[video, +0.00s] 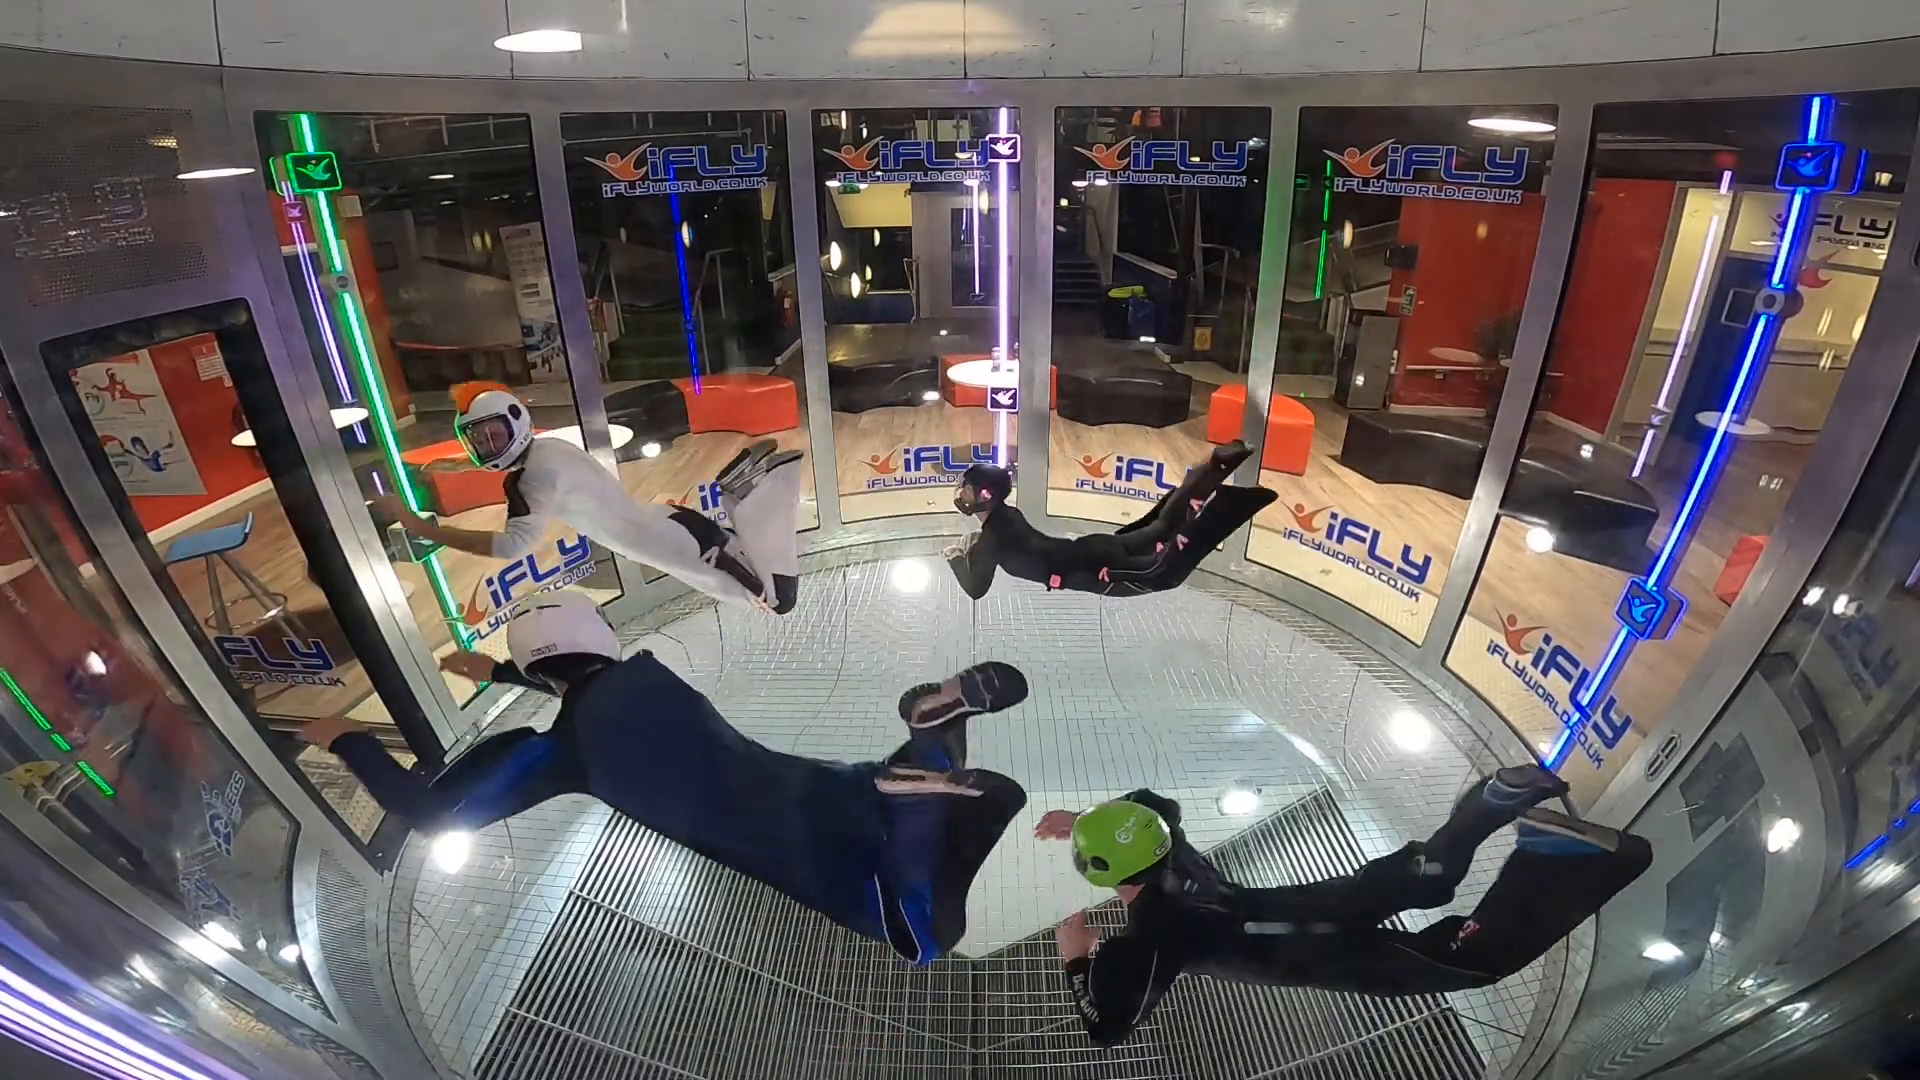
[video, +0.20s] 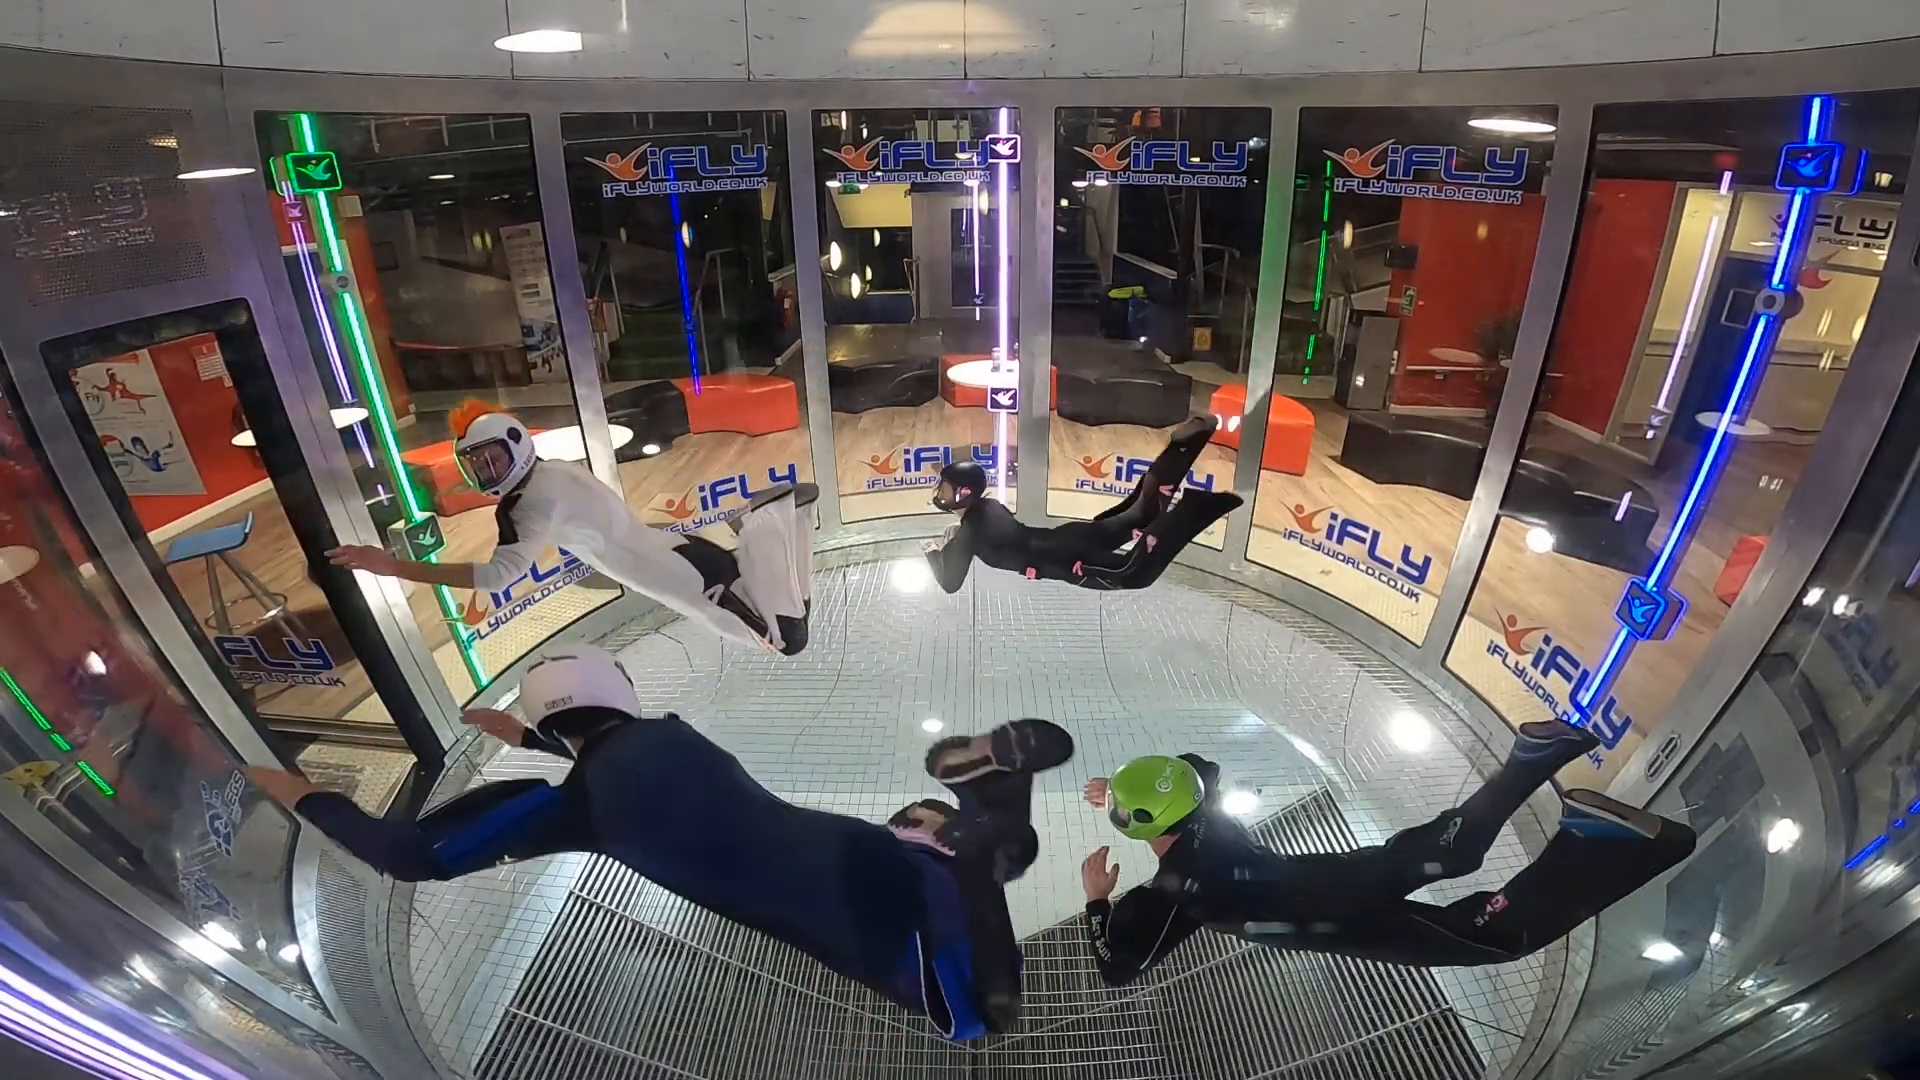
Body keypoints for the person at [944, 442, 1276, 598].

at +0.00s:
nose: (958, 493)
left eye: (965, 489)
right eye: (961, 486)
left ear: (984, 499)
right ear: (987, 496)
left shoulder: (993, 535)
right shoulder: (1002, 515)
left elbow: (975, 588)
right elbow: (983, 574)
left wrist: (956, 558)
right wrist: (969, 553)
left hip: (1089, 569)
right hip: (1088, 548)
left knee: (1163, 571)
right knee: (1153, 531)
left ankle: (1222, 507)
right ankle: (1211, 470)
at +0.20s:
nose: (937, 493)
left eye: (943, 489)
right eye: (939, 487)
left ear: (962, 493)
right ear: (966, 490)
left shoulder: (974, 525)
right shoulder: (980, 511)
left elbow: (950, 580)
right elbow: (959, 563)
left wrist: (934, 557)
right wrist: (945, 552)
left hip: (1068, 559)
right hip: (1068, 540)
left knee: (1136, 575)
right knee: (1136, 513)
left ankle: (1196, 510)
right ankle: (1186, 441)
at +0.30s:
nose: (922, 491)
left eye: (928, 486)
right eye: (925, 485)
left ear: (947, 492)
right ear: (952, 488)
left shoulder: (956, 524)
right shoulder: (970, 504)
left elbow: (932, 575)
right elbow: (945, 549)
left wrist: (913, 559)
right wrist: (923, 550)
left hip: (1044, 556)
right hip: (1048, 532)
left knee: (1116, 580)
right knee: (1122, 511)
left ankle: (1169, 519)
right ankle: (1163, 441)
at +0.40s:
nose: (905, 485)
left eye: (911, 480)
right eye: (908, 478)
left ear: (929, 484)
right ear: (933, 481)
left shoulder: (940, 515)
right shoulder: (949, 497)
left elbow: (912, 566)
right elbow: (919, 554)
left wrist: (884, 541)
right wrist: (895, 545)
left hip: (1025, 554)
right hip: (1029, 530)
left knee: (1094, 585)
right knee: (1099, 514)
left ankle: (1142, 525)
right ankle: (1132, 454)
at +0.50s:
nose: (891, 481)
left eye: (897, 475)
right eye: (890, 475)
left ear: (912, 477)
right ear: (913, 475)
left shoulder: (917, 505)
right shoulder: (926, 490)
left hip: (998, 549)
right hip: (1003, 527)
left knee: (1069, 586)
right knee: (1077, 517)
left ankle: (1112, 527)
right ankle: (1115, 463)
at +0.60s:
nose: (867, 468)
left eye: (874, 464)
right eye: (869, 462)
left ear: (893, 469)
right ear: (897, 467)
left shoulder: (898, 500)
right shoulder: (910, 483)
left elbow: (860, 547)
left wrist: (845, 507)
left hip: (977, 545)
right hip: (983, 521)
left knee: (1044, 589)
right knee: (1056, 520)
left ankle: (1078, 532)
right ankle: (1091, 473)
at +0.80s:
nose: (827, 459)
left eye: (835, 454)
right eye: (828, 452)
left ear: (853, 458)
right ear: (853, 457)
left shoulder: (851, 497)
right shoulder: (866, 475)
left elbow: (812, 536)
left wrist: (797, 502)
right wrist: (821, 508)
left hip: (931, 548)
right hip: (938, 527)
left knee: (981, 595)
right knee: (1004, 527)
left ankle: (1025, 549)